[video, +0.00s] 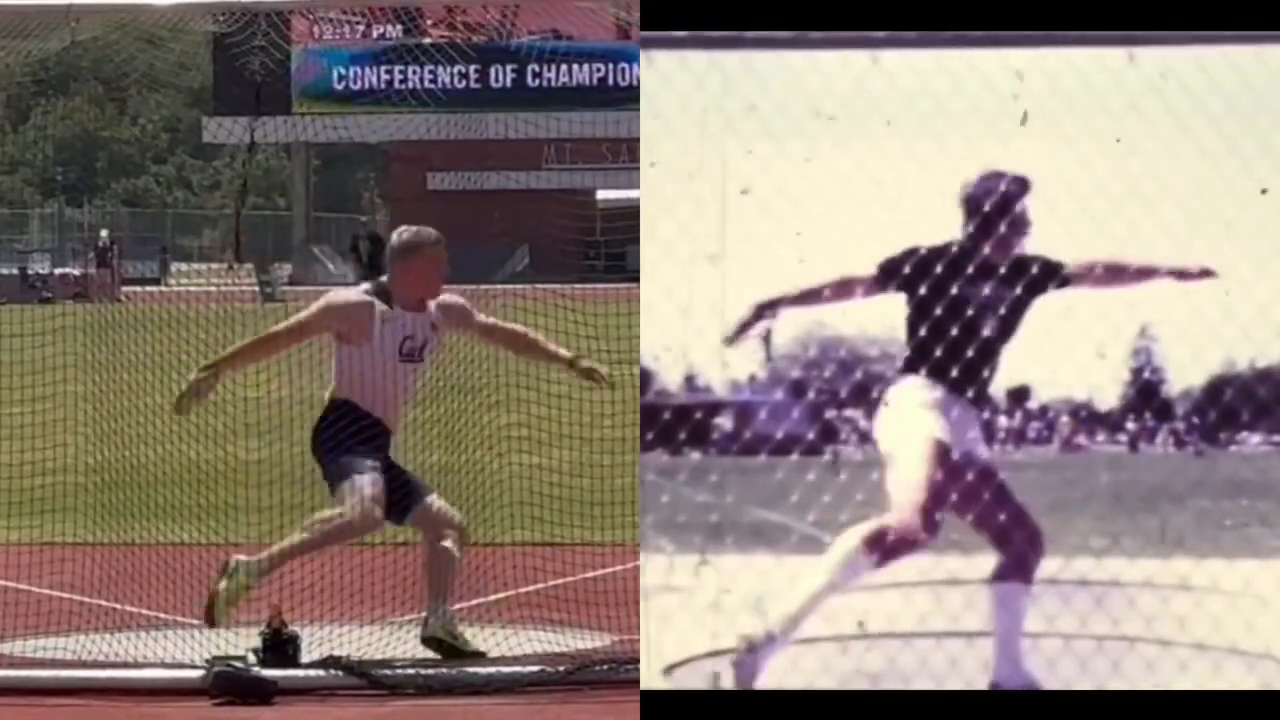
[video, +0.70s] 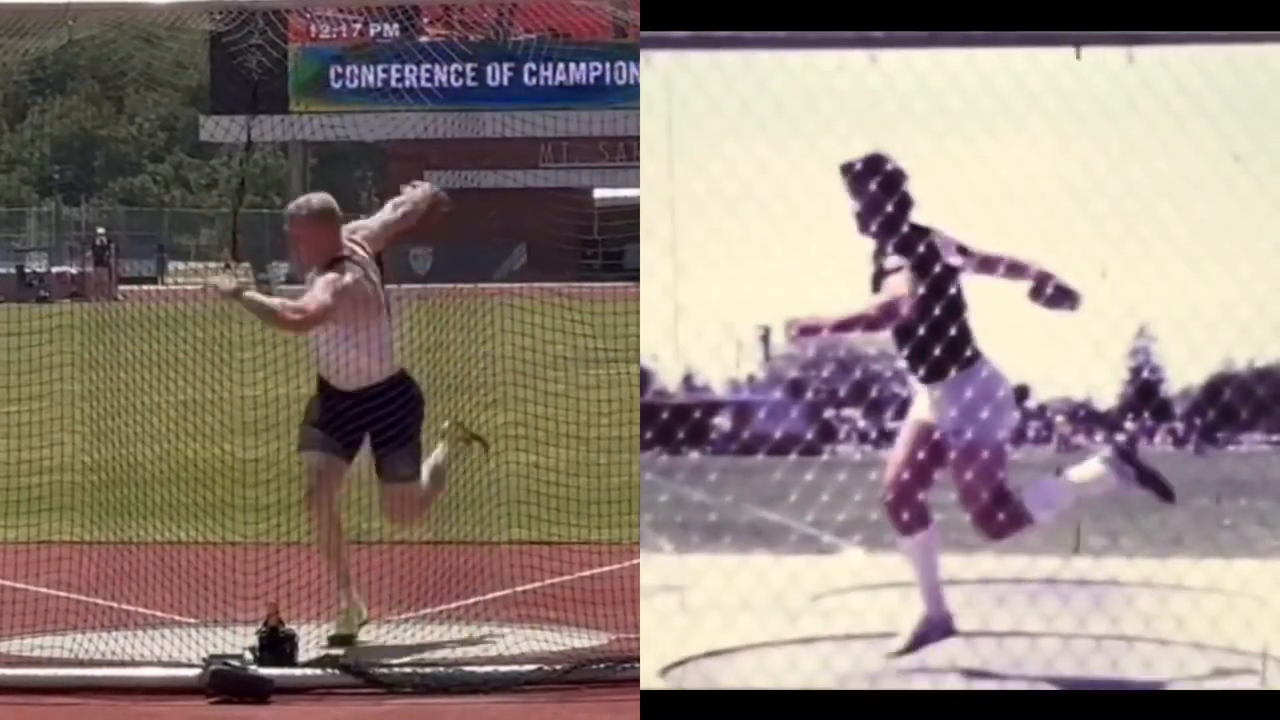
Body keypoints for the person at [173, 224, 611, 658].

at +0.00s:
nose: (443, 276)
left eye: (443, 266)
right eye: (436, 266)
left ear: (425, 271)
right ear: (406, 269)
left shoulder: (442, 311)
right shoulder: (353, 306)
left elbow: (505, 335)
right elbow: (280, 338)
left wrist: (570, 361)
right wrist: (213, 371)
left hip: (377, 450)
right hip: (345, 433)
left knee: (448, 526)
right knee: (364, 512)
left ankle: (438, 624)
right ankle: (251, 571)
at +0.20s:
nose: (459, 288)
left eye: (460, 279)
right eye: (456, 278)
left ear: (426, 276)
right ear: (433, 277)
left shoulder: (429, 328)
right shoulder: (389, 313)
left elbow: (462, 360)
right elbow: (328, 351)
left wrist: (507, 388)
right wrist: (277, 388)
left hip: (333, 448)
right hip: (352, 426)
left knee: (411, 536)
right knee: (426, 501)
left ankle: (435, 629)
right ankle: (473, 596)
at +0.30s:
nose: (442, 271)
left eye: (442, 262)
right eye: (441, 262)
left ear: (399, 258)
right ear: (432, 261)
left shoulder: (373, 293)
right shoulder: (401, 297)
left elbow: (348, 353)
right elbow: (377, 338)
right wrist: (372, 372)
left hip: (326, 427)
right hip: (370, 414)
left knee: (390, 524)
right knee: (471, 482)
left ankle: (430, 627)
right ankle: (514, 601)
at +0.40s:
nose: (401, 234)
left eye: (398, 227)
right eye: (399, 228)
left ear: (355, 232)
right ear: (394, 230)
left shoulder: (323, 273)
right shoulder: (395, 270)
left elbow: (252, 304)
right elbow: (421, 305)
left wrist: (259, 324)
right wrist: (463, 332)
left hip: (336, 404)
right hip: (388, 394)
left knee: (385, 514)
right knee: (447, 471)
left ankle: (430, 611)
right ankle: (454, 603)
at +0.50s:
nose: (329, 216)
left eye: (317, 209)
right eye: (347, 206)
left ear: (309, 216)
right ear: (355, 211)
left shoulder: (287, 265)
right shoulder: (386, 252)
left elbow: (222, 299)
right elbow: (460, 266)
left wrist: (200, 296)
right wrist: (526, 272)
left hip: (361, 398)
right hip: (407, 385)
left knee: (413, 512)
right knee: (374, 484)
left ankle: (465, 550)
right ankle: (385, 596)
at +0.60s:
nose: (283, 227)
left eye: (287, 218)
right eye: (284, 218)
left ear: (306, 220)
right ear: (326, 216)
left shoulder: (294, 273)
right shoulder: (373, 239)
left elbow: (241, 305)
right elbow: (454, 231)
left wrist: (200, 290)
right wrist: (519, 220)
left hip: (380, 399)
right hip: (375, 395)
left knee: (410, 510)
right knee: (321, 483)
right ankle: (362, 601)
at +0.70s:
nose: (294, 245)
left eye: (299, 236)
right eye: (293, 237)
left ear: (322, 234)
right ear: (325, 233)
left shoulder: (339, 279)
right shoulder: (356, 240)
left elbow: (298, 318)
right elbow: (399, 212)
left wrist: (243, 294)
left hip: (388, 398)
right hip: (337, 397)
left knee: (403, 511)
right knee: (317, 494)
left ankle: (448, 450)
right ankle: (350, 606)